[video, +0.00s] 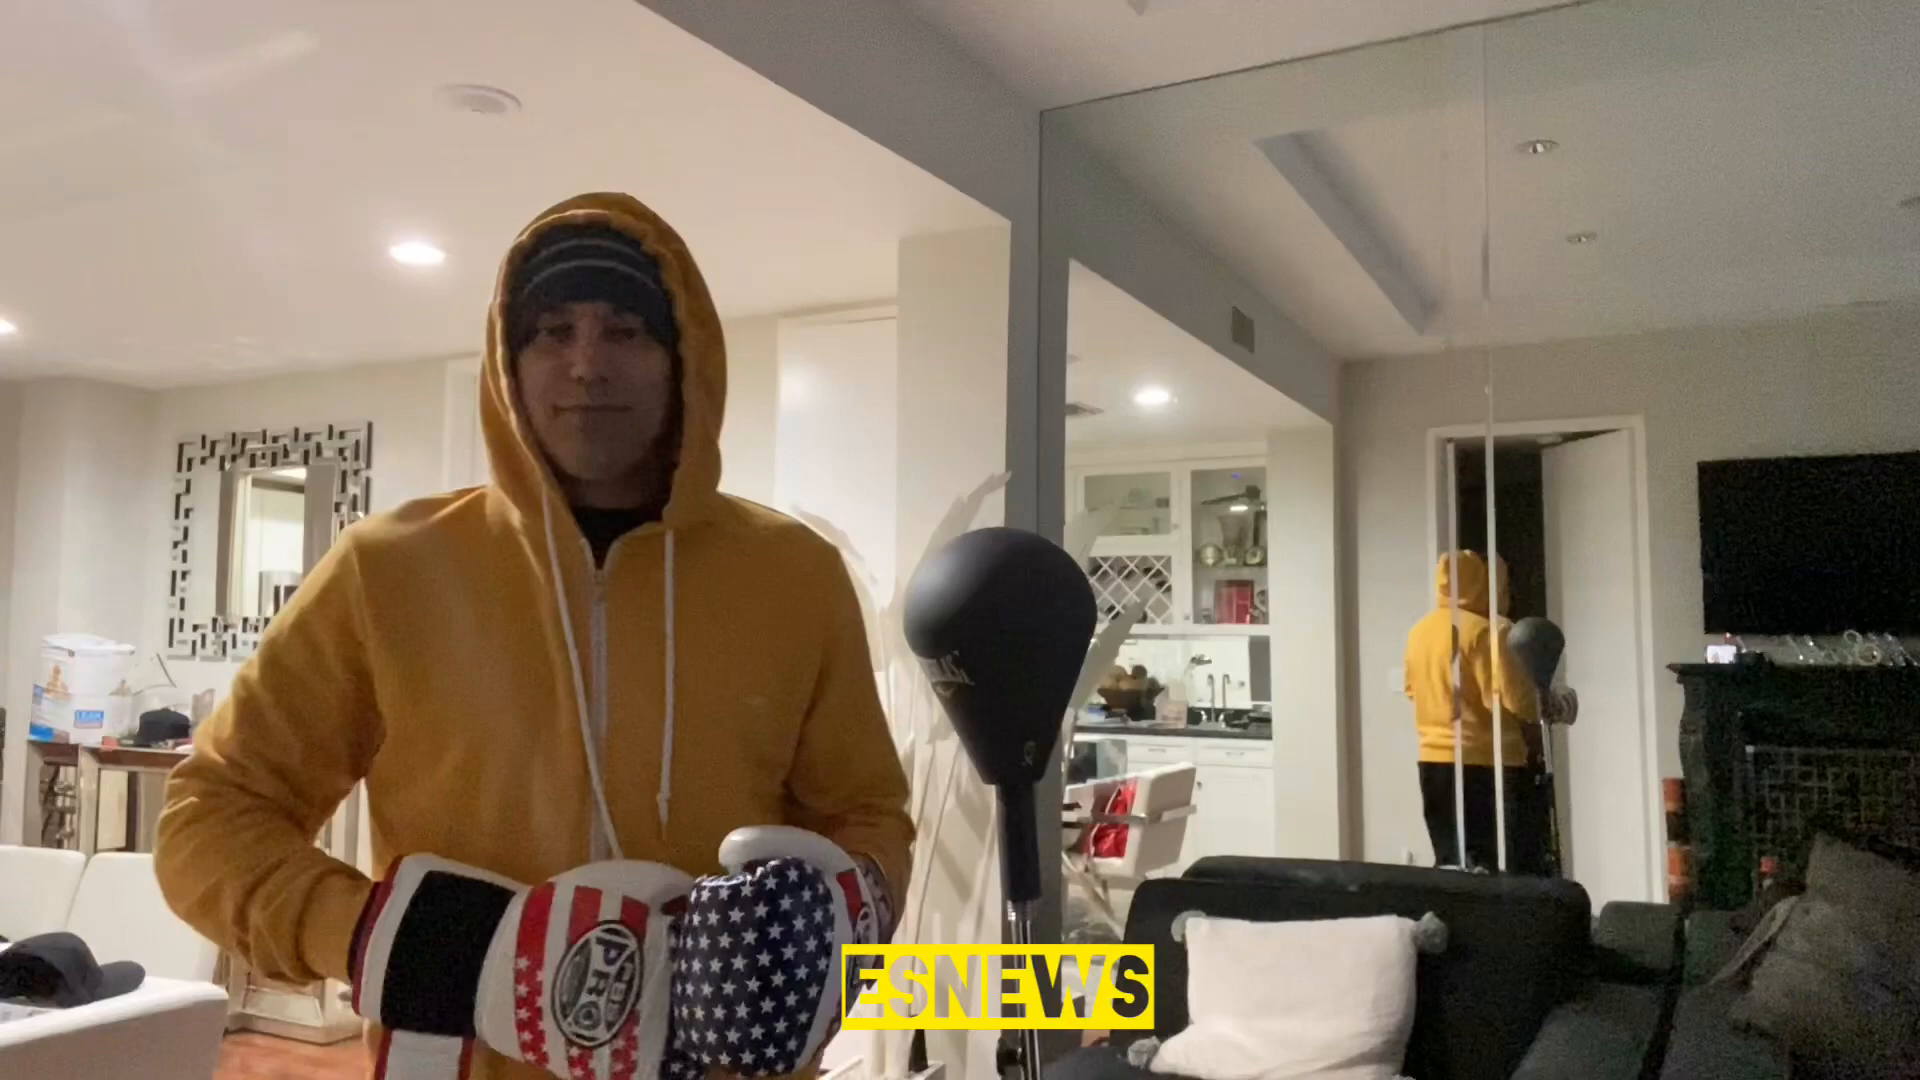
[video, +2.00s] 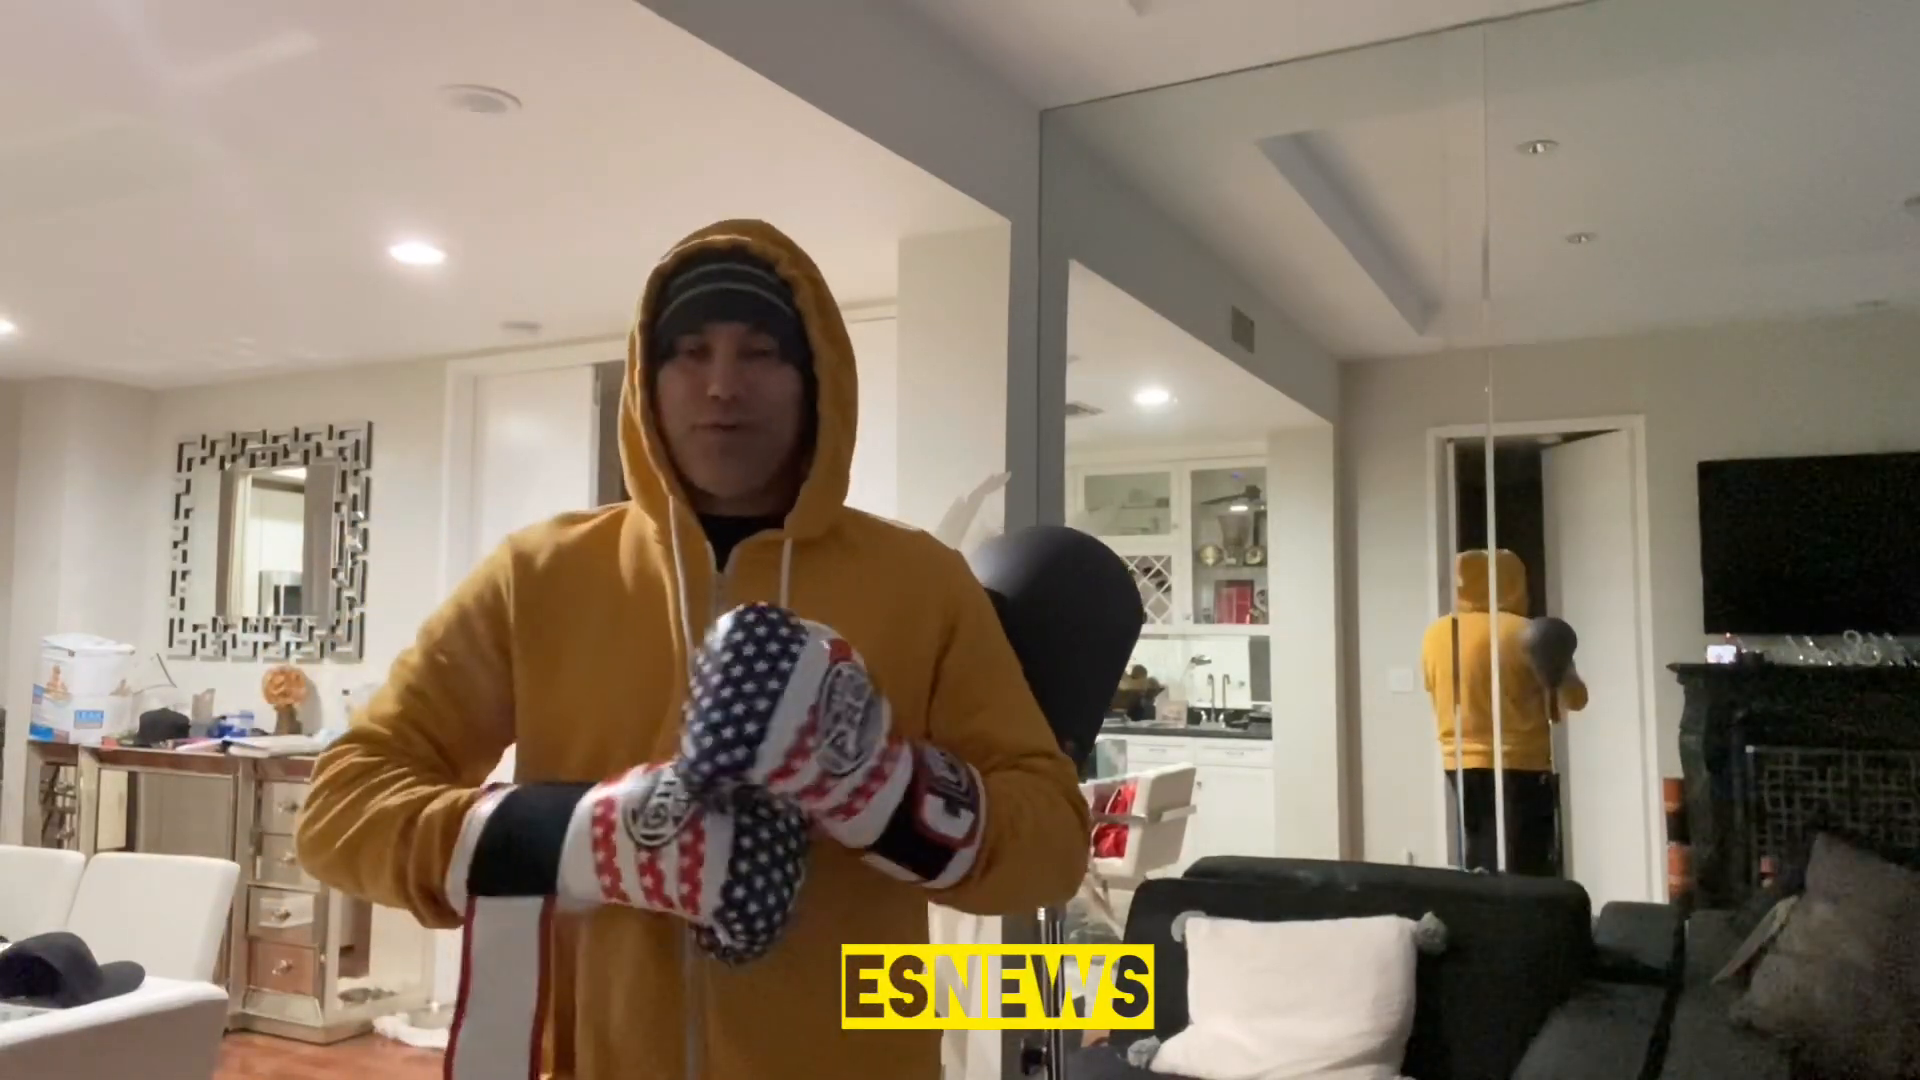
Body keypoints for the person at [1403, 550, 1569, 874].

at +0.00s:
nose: (1503, 593)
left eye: (1503, 585)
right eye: (1498, 585)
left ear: (1444, 585)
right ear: (1480, 585)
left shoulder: (1420, 631)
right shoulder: (1488, 631)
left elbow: (1413, 690)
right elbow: (1516, 699)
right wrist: (1547, 705)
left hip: (1435, 767)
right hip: (1489, 769)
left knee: (1451, 867)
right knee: (1498, 868)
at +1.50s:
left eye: (1453, 581)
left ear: (1456, 584)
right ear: (1507, 583)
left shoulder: (1436, 631)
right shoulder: (1524, 630)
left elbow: (1430, 683)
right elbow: (1557, 705)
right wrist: (1568, 676)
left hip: (1460, 771)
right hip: (1521, 771)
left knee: (1467, 864)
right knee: (1527, 869)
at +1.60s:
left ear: (1455, 585)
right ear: (1507, 583)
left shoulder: (1435, 633)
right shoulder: (1526, 632)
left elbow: (1437, 689)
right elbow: (1563, 702)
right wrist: (1561, 662)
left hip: (1461, 772)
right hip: (1522, 772)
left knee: (1469, 870)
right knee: (1529, 871)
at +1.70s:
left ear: (1455, 586)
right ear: (1507, 583)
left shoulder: (1435, 634)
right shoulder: (1526, 633)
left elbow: (1439, 692)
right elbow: (1569, 700)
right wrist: (1555, 659)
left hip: (1462, 771)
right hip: (1523, 771)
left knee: (1471, 871)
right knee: (1529, 871)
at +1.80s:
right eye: (1514, 582)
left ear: (1458, 587)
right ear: (1508, 585)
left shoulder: (1435, 635)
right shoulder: (1526, 633)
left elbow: (1438, 693)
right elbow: (1572, 699)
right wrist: (1553, 659)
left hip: (1462, 772)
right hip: (1523, 772)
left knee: (1474, 870)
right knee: (1530, 871)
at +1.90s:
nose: (1522, 591)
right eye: (1517, 584)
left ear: (1463, 586)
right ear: (1510, 586)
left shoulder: (1436, 634)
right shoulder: (1525, 634)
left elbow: (1438, 694)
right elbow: (1576, 698)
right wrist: (1555, 661)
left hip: (1462, 773)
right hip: (1523, 773)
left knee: (1473, 872)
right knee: (1529, 874)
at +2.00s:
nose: (1525, 591)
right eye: (1521, 583)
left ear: (1463, 586)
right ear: (1513, 586)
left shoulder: (1437, 634)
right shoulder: (1528, 633)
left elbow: (1433, 689)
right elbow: (1575, 698)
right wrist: (1558, 657)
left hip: (1463, 770)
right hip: (1524, 770)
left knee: (1477, 860)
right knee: (1529, 867)